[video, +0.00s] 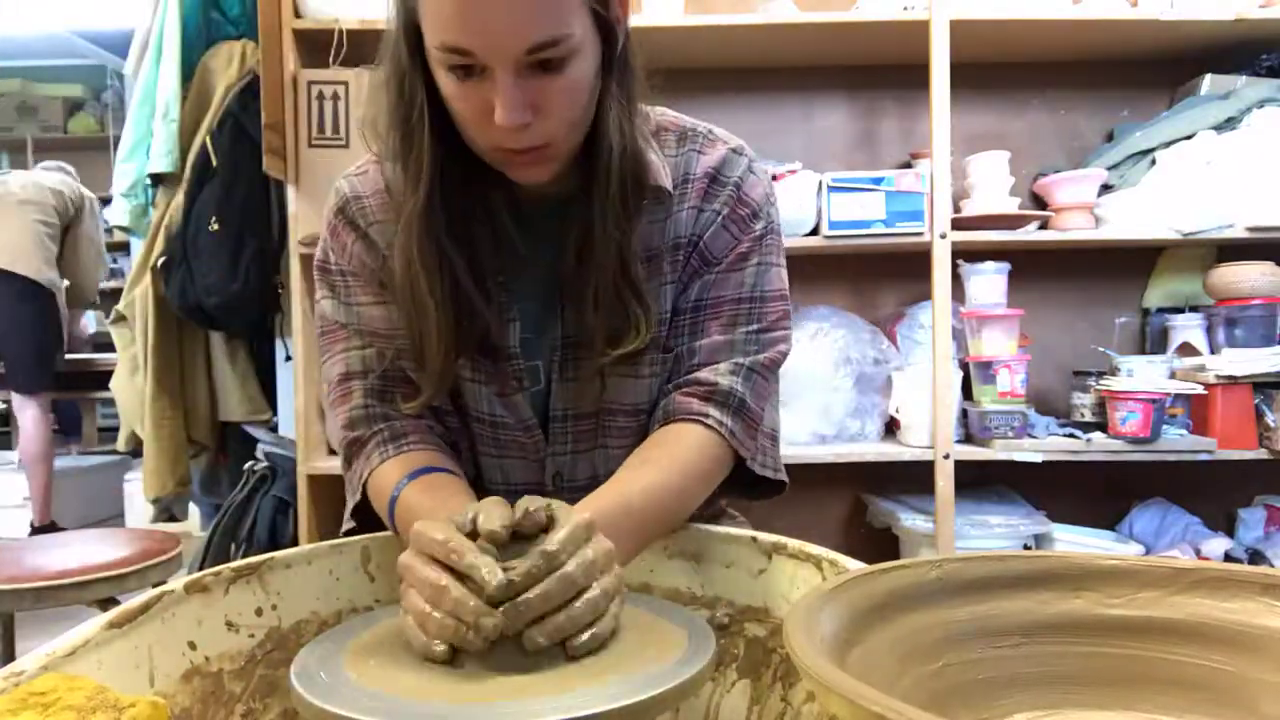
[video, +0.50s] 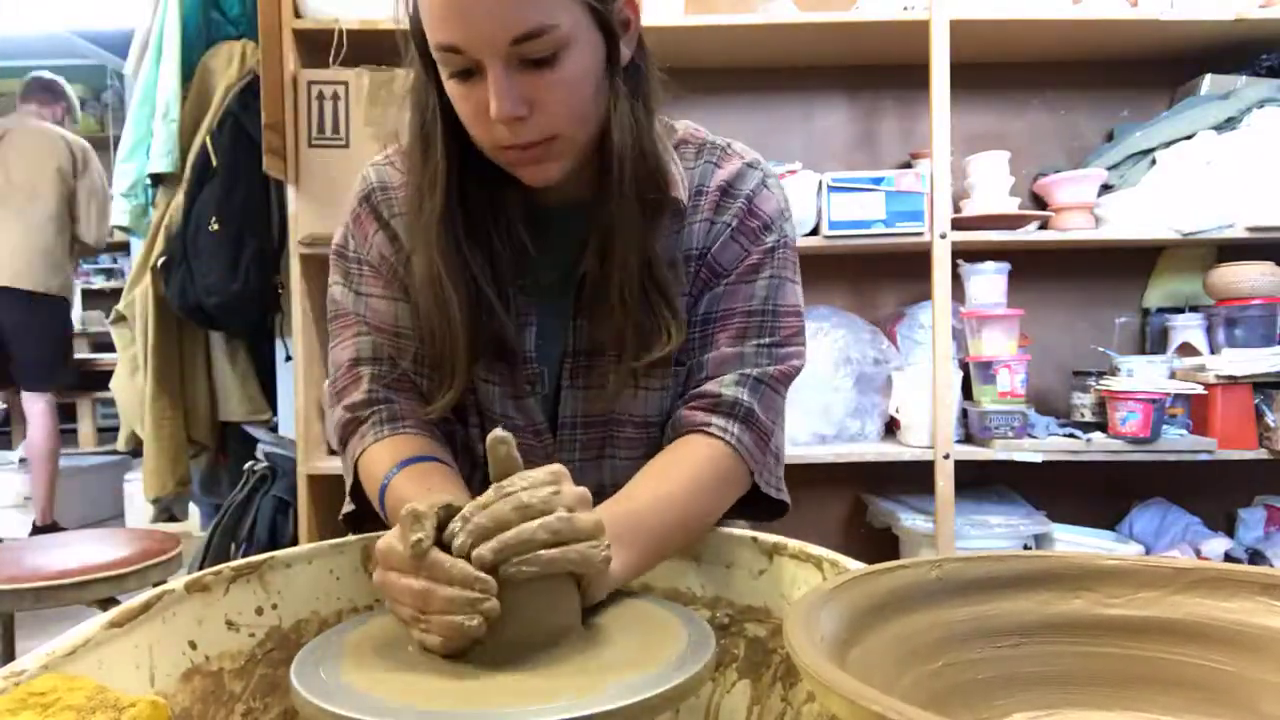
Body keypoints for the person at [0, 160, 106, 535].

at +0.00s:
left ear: (36, 171)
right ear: (73, 180)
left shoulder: (9, 179)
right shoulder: (77, 194)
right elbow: (85, 275)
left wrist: (69, 321)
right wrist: (72, 325)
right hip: (21, 279)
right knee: (30, 407)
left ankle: (41, 517)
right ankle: (41, 519)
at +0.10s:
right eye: (75, 183)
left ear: (35, 168)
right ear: (72, 176)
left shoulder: (9, 177)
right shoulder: (77, 192)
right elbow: (88, 273)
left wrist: (73, 312)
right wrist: (77, 314)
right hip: (21, 276)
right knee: (30, 405)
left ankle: (41, 517)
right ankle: (41, 520)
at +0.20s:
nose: (99, 202)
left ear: (54, 174)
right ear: (91, 184)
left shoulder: (14, 180)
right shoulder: (91, 196)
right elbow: (100, 281)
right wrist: (89, 329)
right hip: (25, 277)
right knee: (34, 407)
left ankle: (42, 516)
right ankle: (42, 520)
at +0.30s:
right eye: (74, 182)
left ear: (32, 170)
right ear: (70, 176)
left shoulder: (7, 180)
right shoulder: (79, 194)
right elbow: (87, 270)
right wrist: (75, 302)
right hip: (30, 281)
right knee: (36, 408)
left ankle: (43, 517)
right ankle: (43, 520)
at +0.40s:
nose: (88, 195)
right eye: (88, 189)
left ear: (47, 169)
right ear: (83, 181)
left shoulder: (12, 177)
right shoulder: (84, 193)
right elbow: (86, 270)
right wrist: (69, 301)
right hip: (26, 278)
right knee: (35, 405)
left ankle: (42, 518)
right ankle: (42, 520)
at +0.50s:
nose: (65, 122)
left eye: (66, 116)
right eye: (66, 115)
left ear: (21, 103)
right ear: (56, 107)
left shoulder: (3, 133)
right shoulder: (71, 147)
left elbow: (92, 234)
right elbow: (94, 235)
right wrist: (66, 250)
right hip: (34, 287)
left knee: (21, 400)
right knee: (38, 403)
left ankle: (42, 514)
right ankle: (43, 519)